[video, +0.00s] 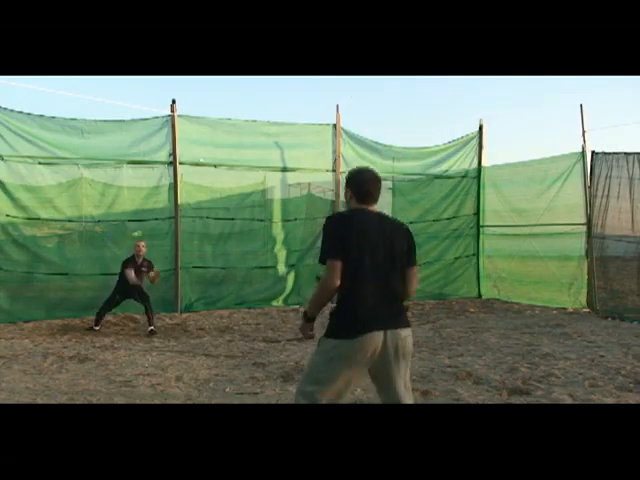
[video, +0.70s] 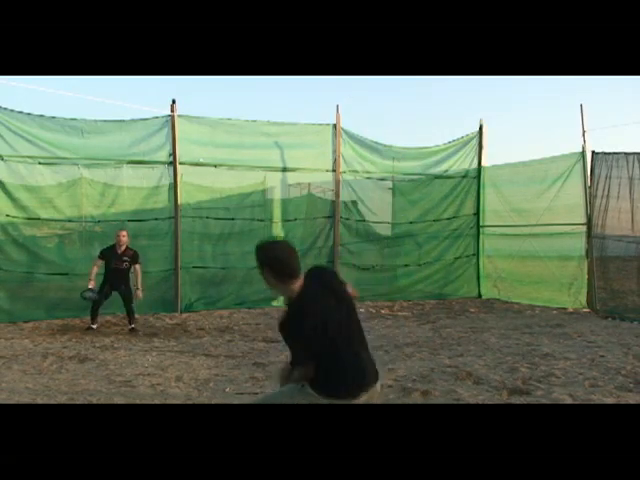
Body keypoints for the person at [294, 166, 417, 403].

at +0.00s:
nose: (344, 194)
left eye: (345, 190)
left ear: (349, 193)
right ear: (378, 195)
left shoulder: (338, 222)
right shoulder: (401, 229)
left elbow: (333, 281)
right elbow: (410, 288)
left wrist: (309, 315)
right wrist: (383, 300)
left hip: (352, 333)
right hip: (398, 333)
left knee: (309, 397)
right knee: (401, 398)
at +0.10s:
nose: (347, 206)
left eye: (348, 203)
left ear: (350, 205)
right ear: (378, 209)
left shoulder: (336, 235)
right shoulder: (395, 242)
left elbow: (327, 291)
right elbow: (402, 297)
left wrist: (306, 328)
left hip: (350, 346)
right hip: (396, 345)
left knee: (306, 399)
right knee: (401, 399)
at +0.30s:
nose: (320, 227)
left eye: (321, 221)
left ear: (327, 223)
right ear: (353, 220)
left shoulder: (319, 267)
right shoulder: (376, 249)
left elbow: (309, 325)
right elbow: (348, 248)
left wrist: (280, 365)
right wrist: (310, 251)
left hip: (339, 372)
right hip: (382, 367)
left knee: (275, 397)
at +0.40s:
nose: (296, 256)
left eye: (297, 252)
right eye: (295, 252)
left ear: (305, 256)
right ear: (330, 246)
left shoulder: (313, 306)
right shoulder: (355, 264)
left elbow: (306, 361)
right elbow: (339, 237)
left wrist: (288, 378)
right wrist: (300, 261)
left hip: (339, 388)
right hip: (374, 375)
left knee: (267, 398)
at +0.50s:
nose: (280, 288)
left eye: (280, 284)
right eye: (279, 284)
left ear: (289, 288)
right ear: (312, 270)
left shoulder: (309, 333)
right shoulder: (336, 273)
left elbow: (314, 371)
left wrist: (297, 380)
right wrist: (289, 302)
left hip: (340, 393)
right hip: (369, 378)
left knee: (267, 400)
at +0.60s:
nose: (269, 291)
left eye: (269, 288)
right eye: (268, 287)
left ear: (277, 294)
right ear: (301, 275)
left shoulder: (307, 335)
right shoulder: (327, 282)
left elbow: (306, 378)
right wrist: (279, 344)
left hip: (340, 396)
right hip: (368, 381)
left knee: (263, 399)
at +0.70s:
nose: (263, 277)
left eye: (262, 272)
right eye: (261, 272)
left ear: (268, 276)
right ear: (296, 262)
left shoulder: (291, 323)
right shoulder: (322, 275)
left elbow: (306, 371)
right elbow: (350, 293)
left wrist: (289, 377)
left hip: (337, 395)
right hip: (371, 382)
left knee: (262, 400)